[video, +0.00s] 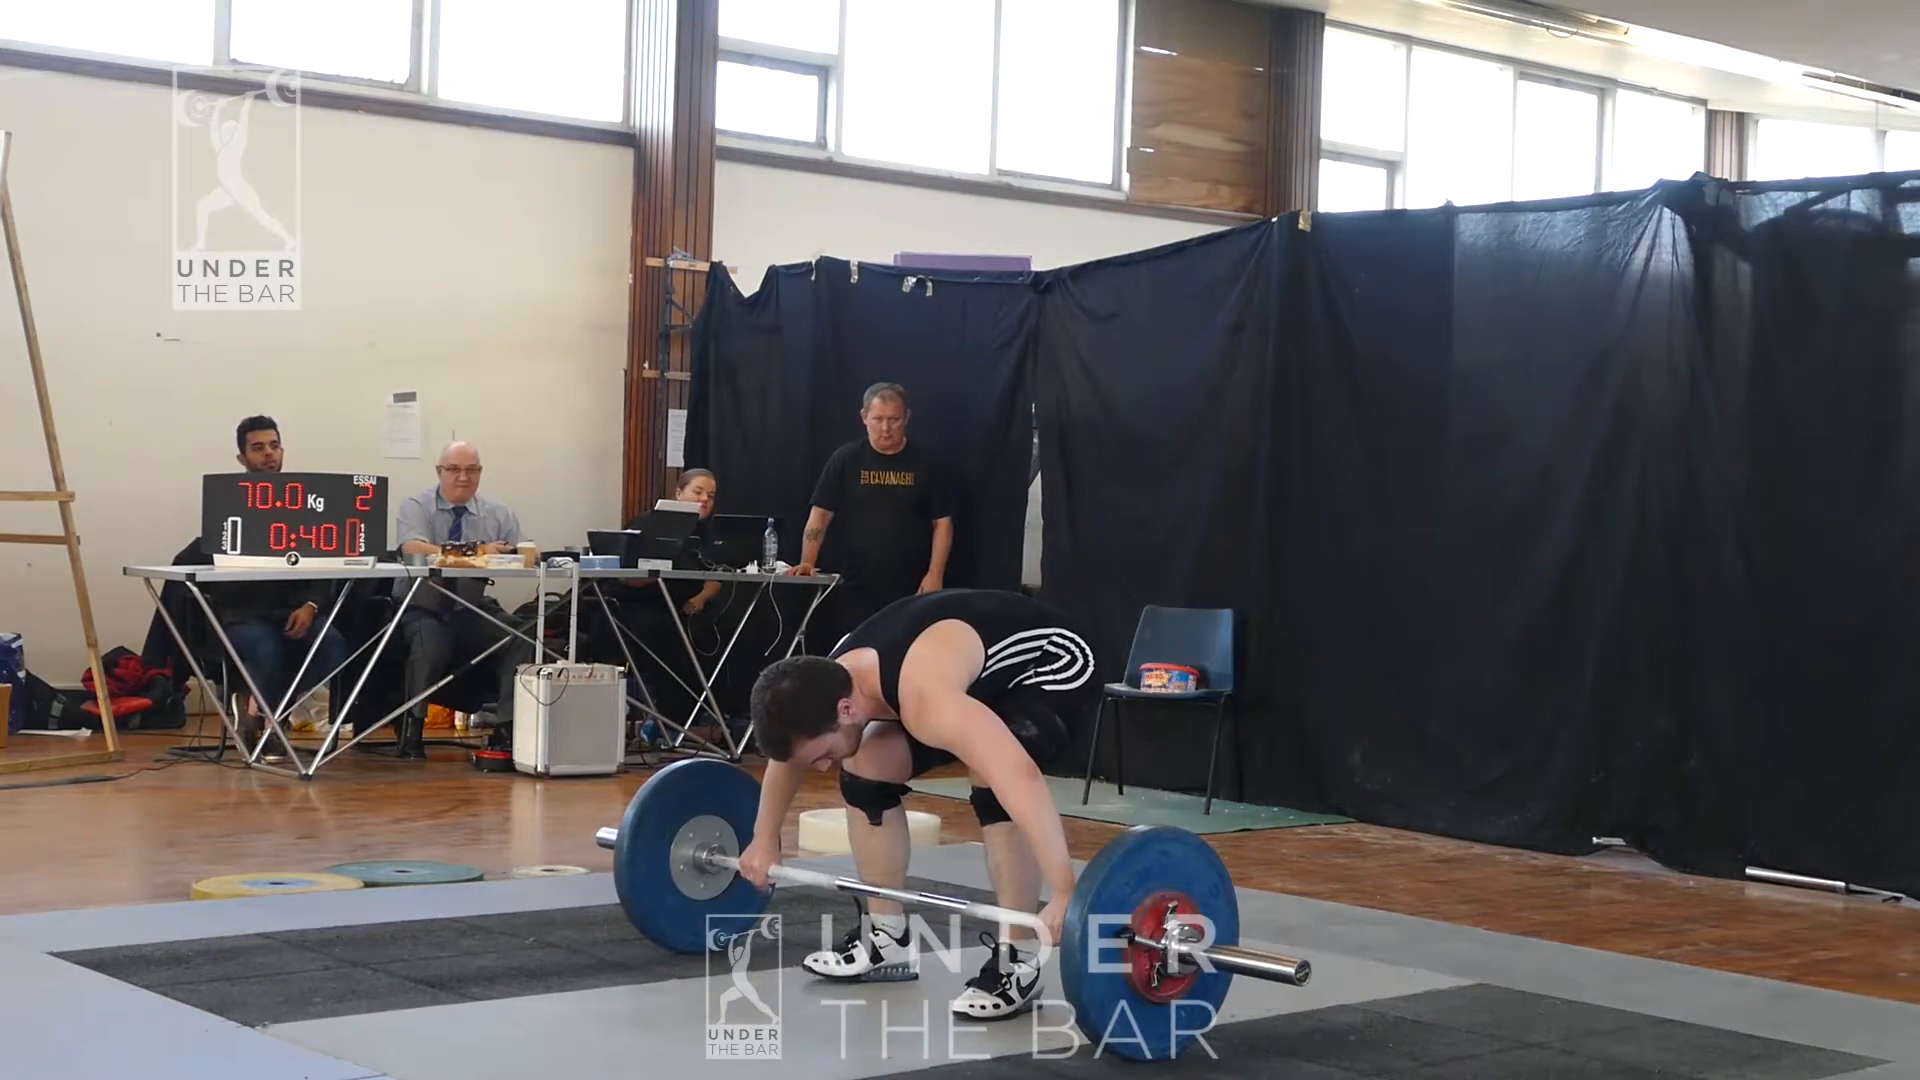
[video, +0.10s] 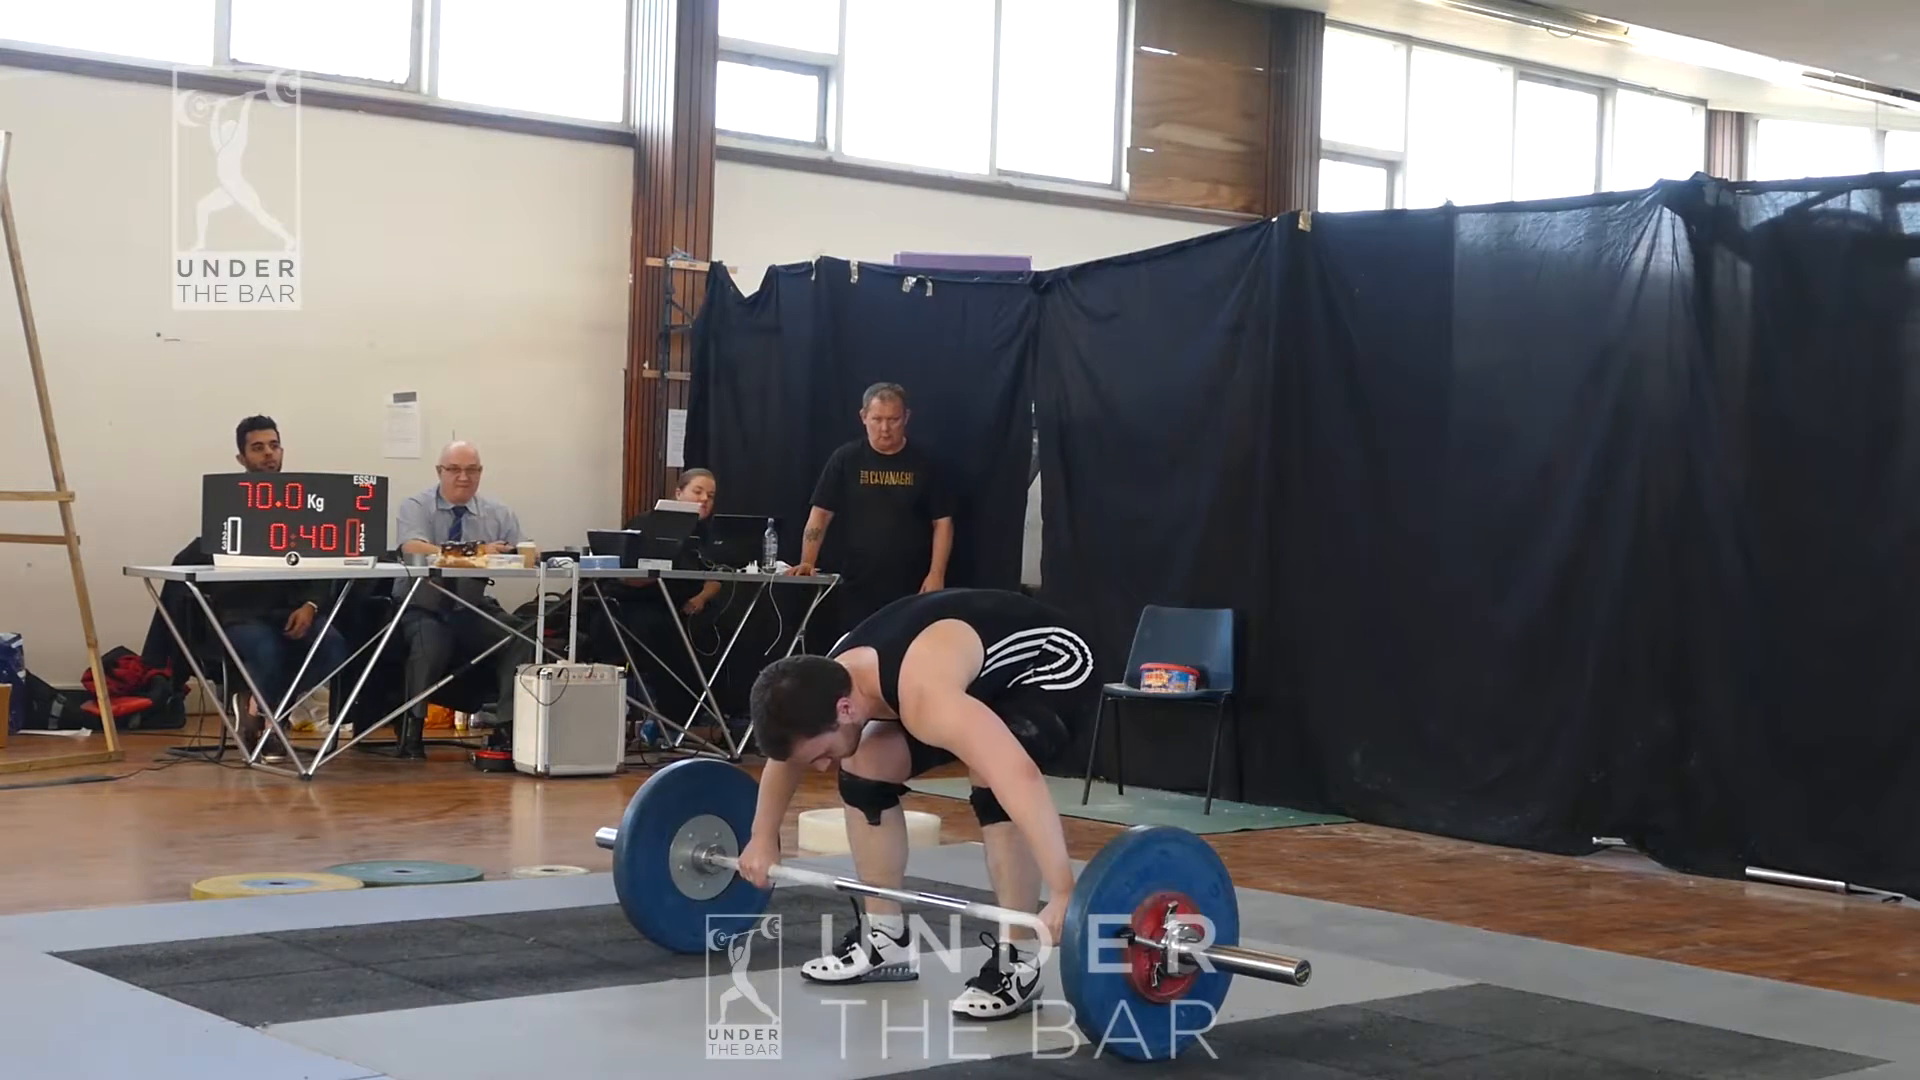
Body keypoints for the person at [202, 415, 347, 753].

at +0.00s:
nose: (269, 453)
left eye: (274, 446)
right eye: (258, 447)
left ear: (282, 450)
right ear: (242, 457)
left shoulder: (301, 497)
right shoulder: (232, 499)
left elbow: (326, 557)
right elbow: (212, 556)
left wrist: (312, 604)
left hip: (293, 608)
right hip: (244, 610)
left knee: (333, 647)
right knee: (267, 649)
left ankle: (254, 707)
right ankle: (272, 729)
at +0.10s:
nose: (269, 453)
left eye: (274, 445)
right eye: (258, 447)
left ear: (282, 450)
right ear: (242, 457)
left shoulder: (301, 497)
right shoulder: (232, 499)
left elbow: (327, 557)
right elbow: (212, 556)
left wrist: (312, 604)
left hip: (293, 608)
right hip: (244, 610)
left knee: (333, 647)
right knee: (266, 649)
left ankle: (255, 706)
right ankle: (273, 729)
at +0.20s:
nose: (269, 454)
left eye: (274, 446)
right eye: (259, 447)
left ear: (282, 450)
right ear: (242, 457)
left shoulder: (301, 497)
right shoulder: (232, 499)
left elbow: (328, 558)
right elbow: (213, 556)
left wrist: (312, 605)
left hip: (293, 608)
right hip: (244, 610)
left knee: (332, 646)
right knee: (266, 648)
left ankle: (256, 707)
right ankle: (272, 729)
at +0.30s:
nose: (270, 454)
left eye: (275, 446)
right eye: (259, 447)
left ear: (283, 450)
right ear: (243, 457)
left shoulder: (300, 497)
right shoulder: (232, 499)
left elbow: (324, 557)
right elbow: (212, 555)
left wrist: (311, 604)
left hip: (292, 608)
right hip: (243, 610)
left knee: (333, 647)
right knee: (266, 648)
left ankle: (253, 707)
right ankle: (272, 728)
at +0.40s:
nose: (270, 454)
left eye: (276, 446)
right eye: (260, 448)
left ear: (283, 450)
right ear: (243, 457)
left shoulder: (301, 497)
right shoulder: (232, 499)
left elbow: (324, 558)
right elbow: (203, 557)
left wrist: (311, 605)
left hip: (291, 608)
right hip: (243, 610)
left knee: (332, 646)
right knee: (267, 648)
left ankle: (251, 706)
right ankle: (274, 727)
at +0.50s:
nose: (270, 454)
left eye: (276, 446)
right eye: (260, 448)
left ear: (283, 450)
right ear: (243, 457)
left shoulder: (301, 497)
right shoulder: (232, 499)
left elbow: (324, 558)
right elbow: (202, 558)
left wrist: (311, 605)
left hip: (291, 608)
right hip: (243, 610)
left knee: (332, 646)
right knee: (266, 647)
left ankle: (252, 706)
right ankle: (274, 727)